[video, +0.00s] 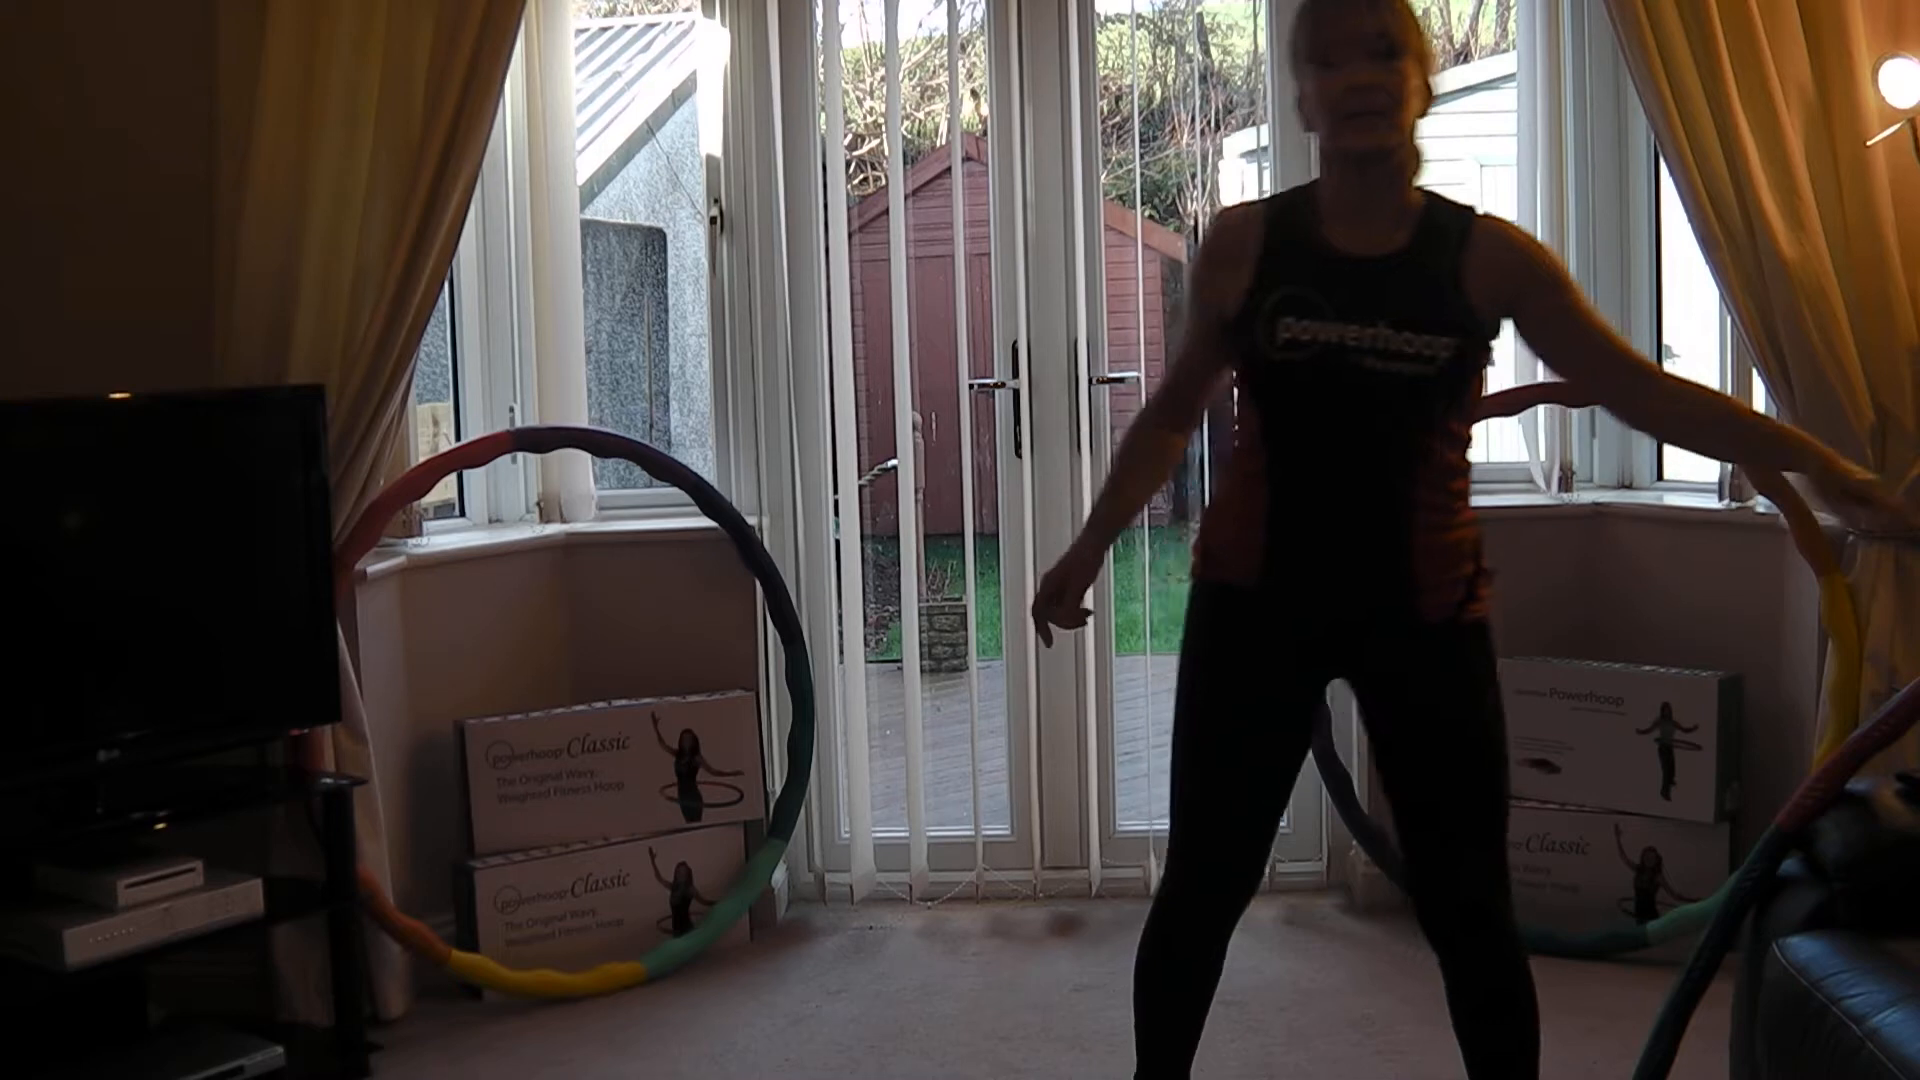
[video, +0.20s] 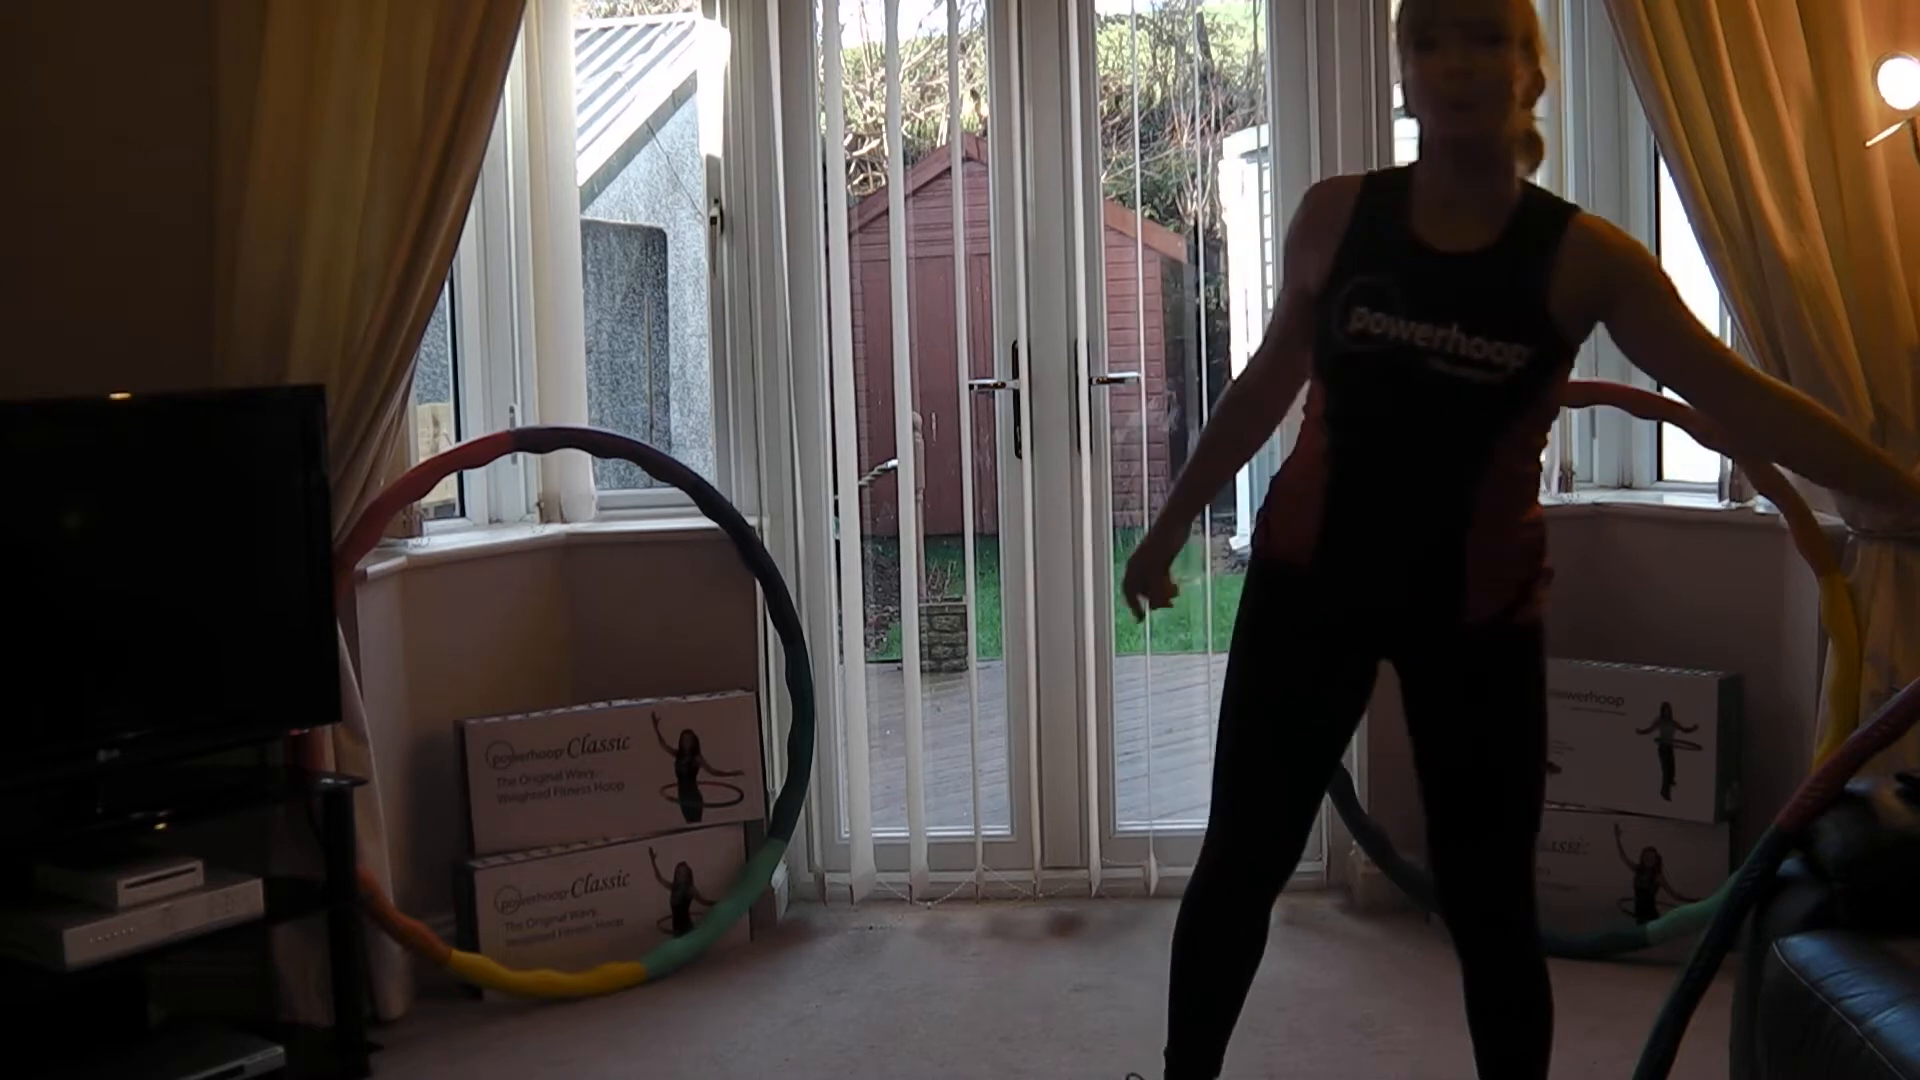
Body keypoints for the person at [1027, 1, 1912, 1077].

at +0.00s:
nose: (1357, 83)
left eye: (1379, 59)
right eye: (1330, 64)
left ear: (1418, 78)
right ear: (1299, 88)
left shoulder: (1490, 258)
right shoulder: (1241, 244)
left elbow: (1642, 391)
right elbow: (1173, 413)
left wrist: (1813, 461)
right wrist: (1085, 550)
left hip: (1420, 615)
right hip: (1254, 607)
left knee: (1470, 912)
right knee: (1199, 893)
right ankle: (1159, 1076)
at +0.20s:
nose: (1457, 66)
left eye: (1487, 39)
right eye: (1430, 42)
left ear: (1533, 73)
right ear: (1402, 72)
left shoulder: (1589, 261)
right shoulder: (1337, 214)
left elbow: (1731, 392)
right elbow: (1272, 377)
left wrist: (1892, 489)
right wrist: (1170, 522)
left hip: (1473, 607)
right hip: (1311, 583)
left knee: (1488, 906)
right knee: (1237, 867)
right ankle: (1186, 1073)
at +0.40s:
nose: (1498, 68)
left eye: (1530, 44)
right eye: (1473, 43)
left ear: (1580, 78)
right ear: (1445, 70)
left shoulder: (1623, 272)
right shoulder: (1372, 211)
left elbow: (1767, 433)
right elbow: (1300, 365)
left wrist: (1905, 536)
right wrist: (1197, 501)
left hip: (1491, 603)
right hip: (1331, 574)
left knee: (1497, 905)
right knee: (1249, 846)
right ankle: (1190, 1063)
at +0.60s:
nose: (1492, 74)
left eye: (1524, 49)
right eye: (1468, 48)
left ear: (1574, 79)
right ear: (1440, 72)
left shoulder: (1614, 271)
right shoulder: (1366, 210)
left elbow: (1733, 452)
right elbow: (1288, 362)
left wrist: (1889, 570)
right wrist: (1181, 499)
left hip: (1481, 601)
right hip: (1321, 572)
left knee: (1494, 908)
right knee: (1226, 844)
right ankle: (1162, 1057)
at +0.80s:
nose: (1429, 76)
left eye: (1458, 52)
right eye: (1404, 52)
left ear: (1503, 82)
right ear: (1377, 76)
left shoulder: (1553, 260)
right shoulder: (1311, 222)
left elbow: (1634, 448)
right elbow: (1236, 391)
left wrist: (1759, 533)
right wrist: (1137, 537)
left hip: (1450, 602)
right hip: (1285, 584)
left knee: (1480, 906)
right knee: (1184, 857)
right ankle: (1100, 1066)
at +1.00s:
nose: (1307, 96)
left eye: (1333, 71)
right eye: (1279, 70)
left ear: (1367, 90)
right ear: (1244, 93)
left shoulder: (1423, 261)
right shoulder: (1187, 254)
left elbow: (1476, 450)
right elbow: (1129, 435)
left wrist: (1545, 478)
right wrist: (1037, 585)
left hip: (1366, 618)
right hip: (1202, 613)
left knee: (1434, 912)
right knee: (1126, 895)